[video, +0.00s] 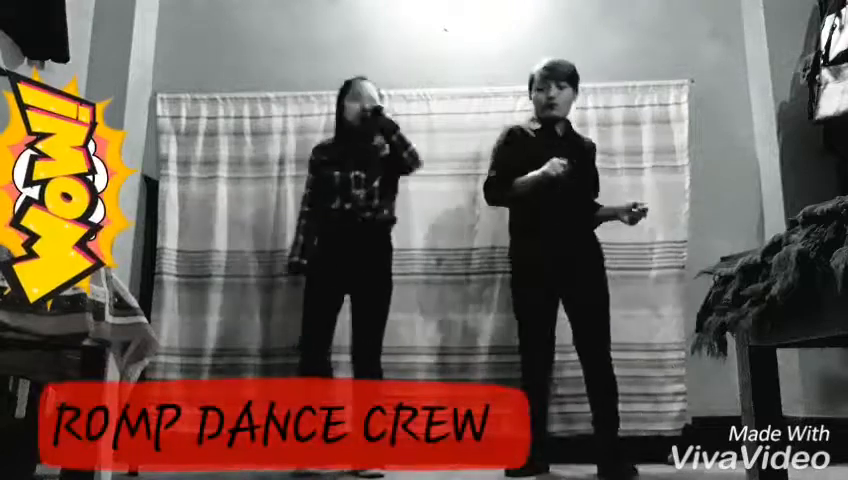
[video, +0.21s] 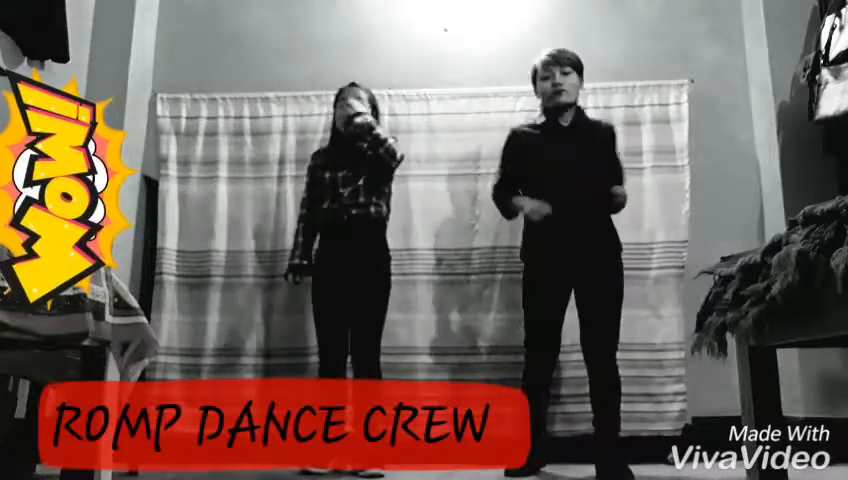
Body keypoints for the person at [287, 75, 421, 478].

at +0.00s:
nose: (361, 109)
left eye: (367, 102)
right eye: (354, 101)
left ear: (377, 107)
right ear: (341, 106)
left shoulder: (386, 148)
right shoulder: (325, 151)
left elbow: (411, 163)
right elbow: (310, 206)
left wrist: (387, 124)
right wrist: (299, 251)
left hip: (371, 258)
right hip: (327, 256)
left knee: (367, 351)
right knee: (315, 347)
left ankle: (368, 435)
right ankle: (314, 428)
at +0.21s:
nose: (348, 120)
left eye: (356, 113)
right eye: (342, 113)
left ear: (372, 116)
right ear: (334, 117)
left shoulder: (381, 152)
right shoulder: (321, 158)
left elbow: (391, 159)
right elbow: (308, 211)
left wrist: (368, 129)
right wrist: (299, 257)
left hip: (370, 261)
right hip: (330, 262)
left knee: (365, 355)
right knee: (330, 355)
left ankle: (370, 442)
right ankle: (330, 441)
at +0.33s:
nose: (344, 116)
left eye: (352, 110)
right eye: (336, 109)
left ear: (365, 118)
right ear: (327, 116)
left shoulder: (379, 160)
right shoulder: (312, 163)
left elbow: (394, 209)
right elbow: (298, 219)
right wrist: (294, 267)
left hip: (365, 267)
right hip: (325, 267)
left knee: (359, 352)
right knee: (325, 353)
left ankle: (367, 430)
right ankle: (328, 432)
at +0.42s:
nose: (345, 111)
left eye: (353, 106)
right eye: (337, 105)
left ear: (365, 115)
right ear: (326, 114)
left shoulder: (378, 160)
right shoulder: (309, 159)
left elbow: (392, 216)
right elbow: (295, 214)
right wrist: (291, 262)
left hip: (365, 265)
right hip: (323, 264)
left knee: (354, 344)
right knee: (326, 345)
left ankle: (357, 420)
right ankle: (328, 420)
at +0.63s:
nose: (352, 100)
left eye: (360, 94)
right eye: (344, 94)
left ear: (373, 104)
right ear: (332, 103)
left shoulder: (387, 156)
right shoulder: (313, 146)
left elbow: (405, 207)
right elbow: (273, 187)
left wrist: (421, 253)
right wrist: (241, 229)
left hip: (363, 261)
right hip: (319, 259)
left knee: (351, 354)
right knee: (314, 352)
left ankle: (349, 446)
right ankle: (314, 441)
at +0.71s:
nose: (343, 91)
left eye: (352, 85)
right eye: (336, 86)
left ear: (368, 95)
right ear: (326, 98)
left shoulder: (388, 145)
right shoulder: (315, 142)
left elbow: (414, 188)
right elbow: (288, 179)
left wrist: (416, 198)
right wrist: (266, 186)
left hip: (362, 251)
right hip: (319, 249)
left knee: (350, 349)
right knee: (291, 339)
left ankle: (345, 447)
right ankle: (294, 435)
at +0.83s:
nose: (325, 89)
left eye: (332, 81)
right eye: (317, 85)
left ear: (350, 89)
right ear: (311, 99)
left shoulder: (377, 128)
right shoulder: (306, 136)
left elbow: (429, 147)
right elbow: (266, 135)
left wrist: (422, 192)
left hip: (357, 244)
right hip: (313, 243)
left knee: (347, 350)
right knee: (287, 346)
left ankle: (346, 451)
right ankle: (260, 447)